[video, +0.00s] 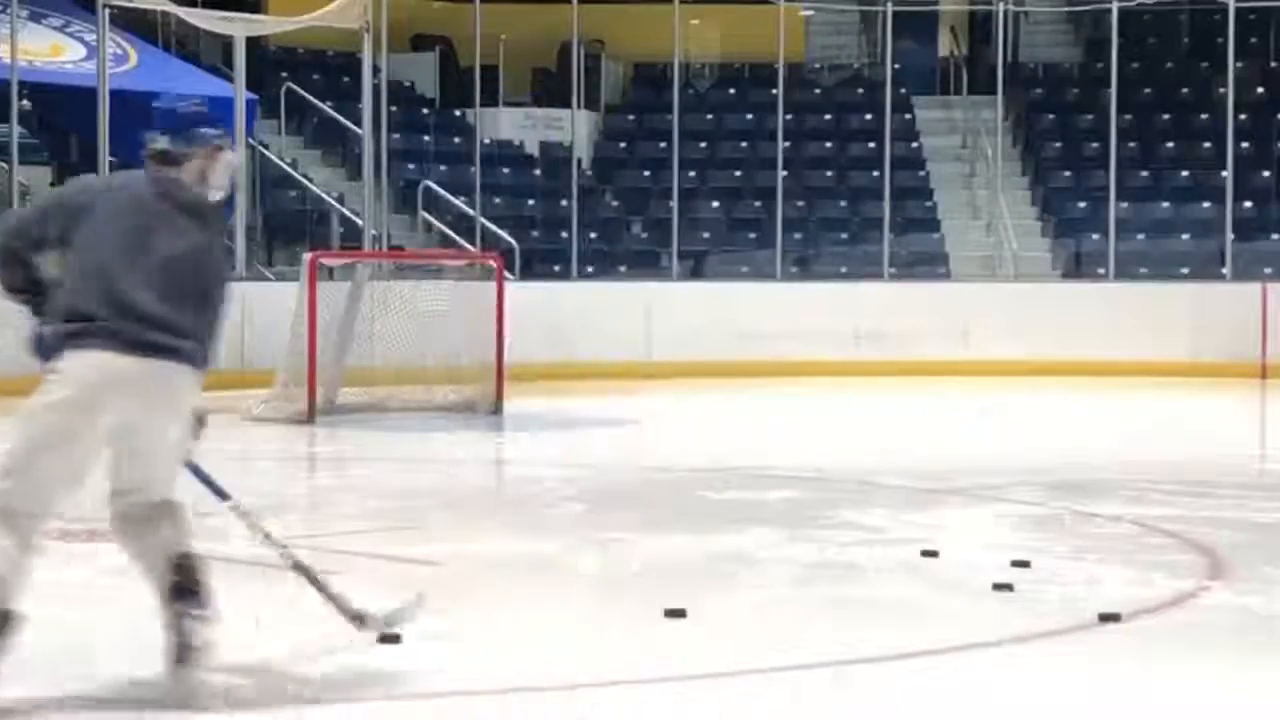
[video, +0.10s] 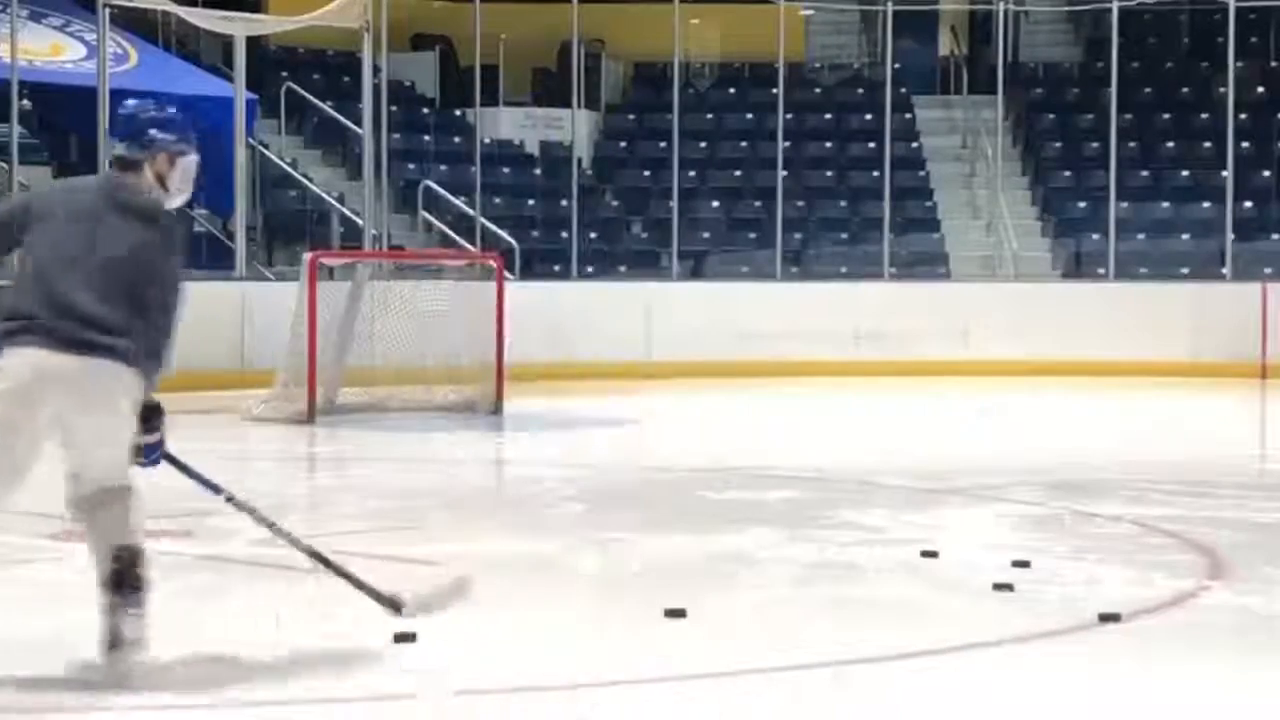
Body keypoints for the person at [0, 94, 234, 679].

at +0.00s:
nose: (221, 174)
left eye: (222, 161)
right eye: (216, 161)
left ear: (154, 155)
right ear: (195, 162)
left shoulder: (99, 192)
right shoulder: (212, 234)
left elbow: (11, 234)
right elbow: (202, 333)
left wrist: (39, 297)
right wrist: (192, 404)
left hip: (89, 366)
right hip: (169, 380)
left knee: (16, 504)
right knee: (146, 497)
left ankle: (5, 610)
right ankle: (183, 589)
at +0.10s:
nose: (184, 179)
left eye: (186, 167)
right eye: (179, 166)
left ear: (121, 159)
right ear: (154, 163)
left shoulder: (55, 196)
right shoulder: (162, 230)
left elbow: (3, 228)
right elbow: (156, 324)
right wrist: (145, 397)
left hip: (23, 362)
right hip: (106, 373)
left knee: (3, 483)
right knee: (106, 487)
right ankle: (124, 595)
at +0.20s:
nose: (162, 187)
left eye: (164, 174)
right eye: (157, 172)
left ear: (101, 163)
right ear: (133, 170)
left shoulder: (24, 206)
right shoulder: (129, 235)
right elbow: (130, 333)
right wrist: (133, 410)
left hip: (5, 356)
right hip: (66, 368)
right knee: (83, 471)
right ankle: (90, 589)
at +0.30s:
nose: (157, 196)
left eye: (163, 183)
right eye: (152, 180)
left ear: (103, 169)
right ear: (119, 173)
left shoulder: (32, 205)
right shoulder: (114, 245)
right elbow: (122, 350)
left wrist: (75, 348)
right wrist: (148, 418)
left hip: (2, 344)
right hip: (40, 357)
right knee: (81, 461)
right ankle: (87, 579)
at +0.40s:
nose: (166, 201)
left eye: (172, 188)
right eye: (161, 185)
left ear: (117, 175)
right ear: (131, 178)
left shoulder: (55, 208)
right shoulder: (116, 247)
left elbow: (31, 280)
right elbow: (130, 350)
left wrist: (75, 351)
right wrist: (164, 413)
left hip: (4, 334)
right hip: (39, 348)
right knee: (87, 453)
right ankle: (98, 568)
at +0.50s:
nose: (176, 205)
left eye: (181, 194)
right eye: (173, 190)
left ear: (128, 179)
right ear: (150, 185)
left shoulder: (71, 208)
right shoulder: (127, 248)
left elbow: (60, 278)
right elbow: (140, 341)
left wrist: (93, 340)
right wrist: (172, 409)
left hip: (6, 326)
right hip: (40, 340)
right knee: (93, 443)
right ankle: (109, 552)